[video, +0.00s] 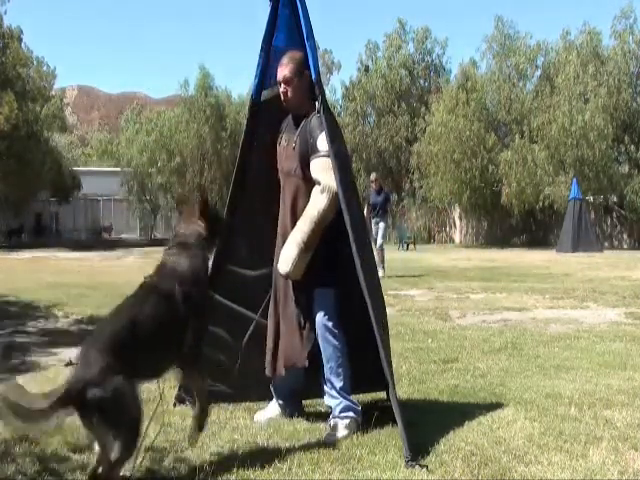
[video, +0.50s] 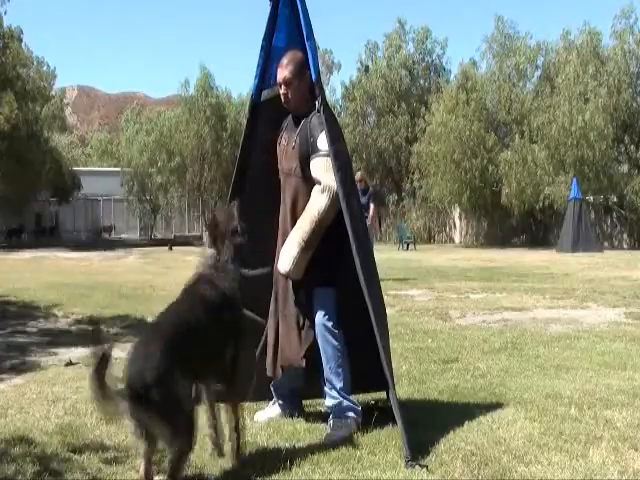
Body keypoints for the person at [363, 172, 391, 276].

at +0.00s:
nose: (374, 184)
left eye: (376, 181)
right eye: (372, 182)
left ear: (380, 182)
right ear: (370, 183)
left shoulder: (385, 194)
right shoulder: (370, 194)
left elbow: (390, 207)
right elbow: (367, 207)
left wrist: (392, 220)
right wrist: (366, 219)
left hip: (383, 218)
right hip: (373, 218)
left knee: (380, 243)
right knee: (375, 243)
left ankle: (381, 267)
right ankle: (379, 266)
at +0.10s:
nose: (372, 185)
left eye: (373, 182)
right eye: (370, 183)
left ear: (377, 182)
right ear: (368, 184)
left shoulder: (383, 194)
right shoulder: (365, 195)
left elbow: (387, 206)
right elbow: (363, 207)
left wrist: (384, 216)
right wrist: (365, 216)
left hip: (379, 220)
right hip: (369, 219)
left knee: (377, 244)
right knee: (370, 244)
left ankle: (379, 267)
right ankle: (372, 268)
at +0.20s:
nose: (369, 185)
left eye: (371, 183)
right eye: (367, 183)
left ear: (374, 183)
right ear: (365, 184)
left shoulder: (380, 196)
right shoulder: (362, 195)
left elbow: (384, 208)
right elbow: (359, 208)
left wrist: (385, 218)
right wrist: (359, 219)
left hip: (375, 222)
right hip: (364, 221)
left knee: (373, 245)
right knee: (364, 245)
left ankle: (375, 266)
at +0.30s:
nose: (366, 185)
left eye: (368, 182)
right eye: (365, 182)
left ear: (372, 182)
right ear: (363, 183)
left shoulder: (378, 196)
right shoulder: (361, 195)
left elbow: (382, 210)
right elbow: (357, 209)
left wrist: (380, 224)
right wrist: (357, 220)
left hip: (374, 221)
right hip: (363, 221)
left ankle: (370, 255)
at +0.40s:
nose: (362, 184)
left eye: (364, 181)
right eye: (360, 181)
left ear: (368, 181)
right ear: (358, 182)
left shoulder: (374, 193)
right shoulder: (359, 194)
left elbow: (379, 207)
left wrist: (380, 223)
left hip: (370, 219)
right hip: (360, 219)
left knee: (370, 239)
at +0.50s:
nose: (359, 184)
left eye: (360, 181)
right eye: (357, 182)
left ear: (365, 181)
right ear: (355, 182)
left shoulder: (370, 192)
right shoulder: (355, 193)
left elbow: (372, 206)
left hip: (367, 218)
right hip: (357, 219)